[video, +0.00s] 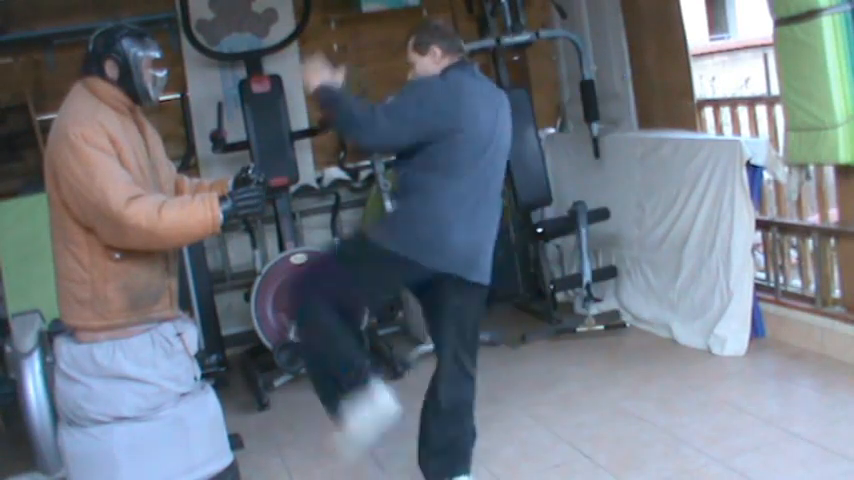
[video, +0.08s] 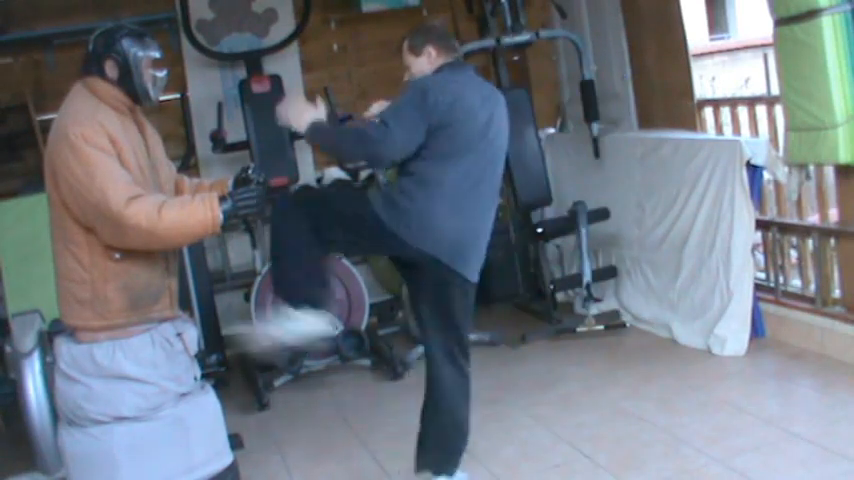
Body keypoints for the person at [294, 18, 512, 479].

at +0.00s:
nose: (412, 73)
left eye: (415, 63)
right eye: (411, 64)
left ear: (439, 54)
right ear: (455, 55)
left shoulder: (440, 93)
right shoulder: (500, 102)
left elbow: (374, 130)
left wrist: (326, 91)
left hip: (415, 239)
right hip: (471, 254)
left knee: (316, 291)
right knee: (457, 365)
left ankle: (360, 394)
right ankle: (452, 470)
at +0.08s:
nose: (409, 75)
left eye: (410, 66)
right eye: (407, 66)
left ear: (430, 54)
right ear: (451, 55)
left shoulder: (431, 90)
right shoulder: (495, 101)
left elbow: (384, 145)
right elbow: (453, 154)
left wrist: (312, 123)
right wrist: (391, 121)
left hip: (407, 221)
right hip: (461, 249)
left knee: (297, 208)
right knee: (449, 355)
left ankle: (305, 308)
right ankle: (440, 468)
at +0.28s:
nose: (415, 79)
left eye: (416, 71)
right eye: (413, 72)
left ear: (436, 60)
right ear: (457, 61)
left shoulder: (439, 92)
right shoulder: (501, 110)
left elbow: (400, 151)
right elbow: (464, 158)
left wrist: (335, 124)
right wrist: (411, 118)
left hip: (414, 230)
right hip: (467, 258)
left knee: (293, 256)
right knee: (442, 365)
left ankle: (207, 323)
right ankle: (428, 473)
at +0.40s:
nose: (427, 70)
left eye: (430, 59)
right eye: (426, 60)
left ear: (451, 51)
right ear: (470, 54)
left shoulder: (450, 90)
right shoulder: (514, 104)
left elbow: (388, 136)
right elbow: (510, 176)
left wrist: (345, 93)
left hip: (421, 245)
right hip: (479, 257)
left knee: (327, 323)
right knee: (452, 370)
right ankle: (438, 470)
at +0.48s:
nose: (435, 66)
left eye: (437, 56)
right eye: (434, 57)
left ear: (458, 48)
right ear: (485, 50)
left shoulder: (451, 91)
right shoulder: (521, 104)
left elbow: (389, 137)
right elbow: (524, 183)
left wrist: (358, 90)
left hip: (433, 259)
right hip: (492, 262)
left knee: (391, 371)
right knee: (458, 375)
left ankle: (454, 467)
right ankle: (446, 468)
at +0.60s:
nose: (432, 72)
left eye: (434, 60)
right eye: (432, 62)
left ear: (454, 53)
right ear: (475, 54)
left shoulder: (460, 100)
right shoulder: (525, 102)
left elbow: (405, 175)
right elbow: (539, 190)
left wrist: (366, 122)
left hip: (473, 269)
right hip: (519, 264)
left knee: (489, 388)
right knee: (471, 376)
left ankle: (539, 474)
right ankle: (448, 468)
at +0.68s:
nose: (429, 72)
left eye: (430, 61)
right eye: (427, 63)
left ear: (453, 51)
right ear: (473, 50)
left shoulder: (474, 95)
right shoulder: (523, 89)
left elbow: (424, 172)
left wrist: (380, 125)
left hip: (497, 261)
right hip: (532, 250)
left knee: (511, 376)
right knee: (490, 332)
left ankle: (549, 471)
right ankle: (495, 414)